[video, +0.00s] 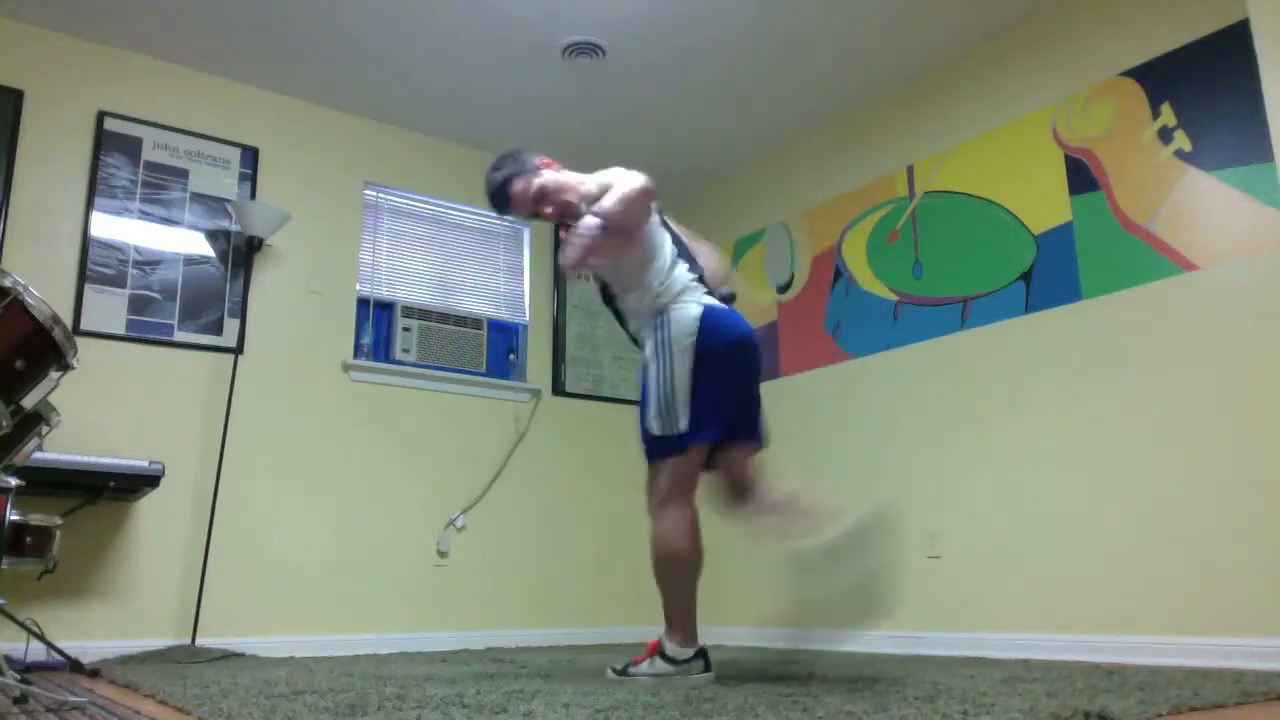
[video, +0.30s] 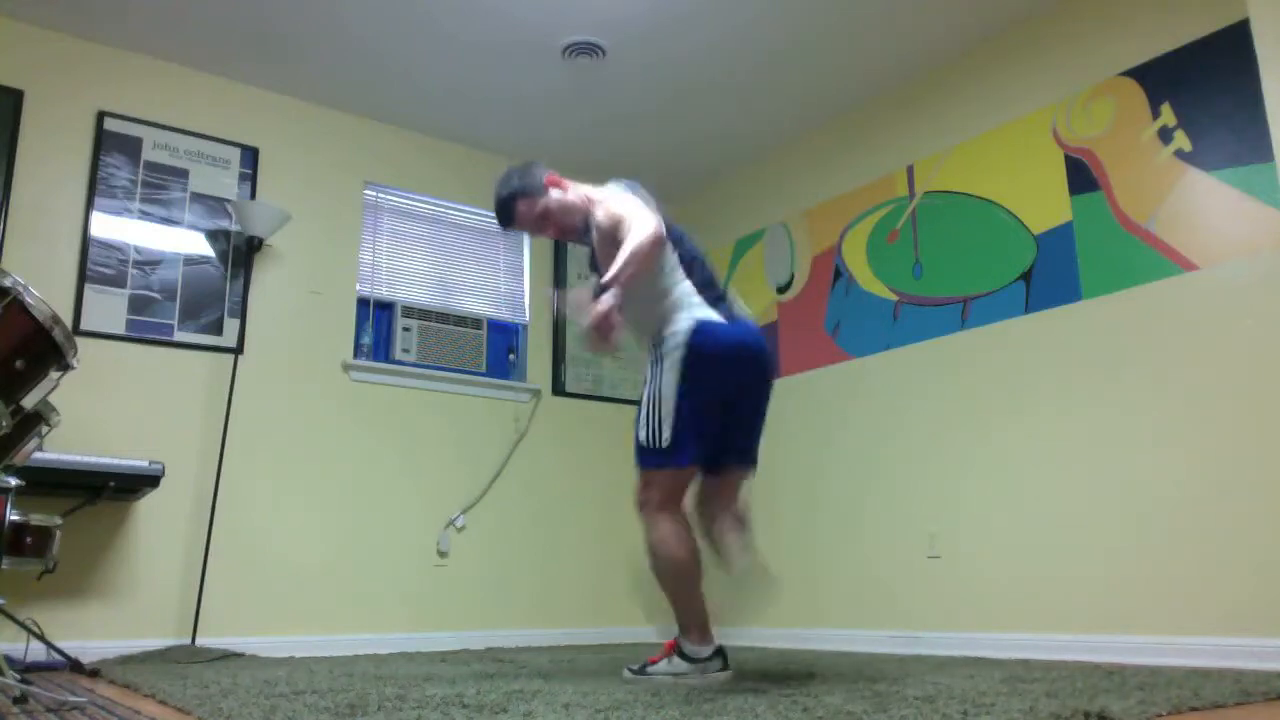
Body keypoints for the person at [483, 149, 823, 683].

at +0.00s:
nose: (547, 210)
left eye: (540, 196)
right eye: (535, 213)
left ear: (549, 164)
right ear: (531, 215)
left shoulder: (601, 183)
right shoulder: (608, 212)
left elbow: (639, 191)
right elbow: (705, 258)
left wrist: (593, 227)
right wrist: (723, 289)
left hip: (685, 335)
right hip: (723, 332)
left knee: (670, 498)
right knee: (740, 489)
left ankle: (680, 648)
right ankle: (840, 525)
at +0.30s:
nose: (549, 233)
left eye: (543, 218)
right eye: (538, 231)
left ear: (557, 185)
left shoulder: (607, 198)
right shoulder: (605, 233)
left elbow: (649, 232)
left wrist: (607, 292)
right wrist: (592, 310)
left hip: (695, 344)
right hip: (745, 345)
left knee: (659, 504)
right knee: (718, 506)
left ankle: (697, 648)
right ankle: (745, 564)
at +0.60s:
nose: (548, 201)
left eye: (542, 189)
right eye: (538, 200)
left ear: (556, 156)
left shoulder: (609, 178)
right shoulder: (608, 195)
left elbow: (667, 190)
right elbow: (630, 243)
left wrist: (681, 232)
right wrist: (585, 237)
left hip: (678, 317)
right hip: (723, 309)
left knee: (648, 477)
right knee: (728, 472)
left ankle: (685, 624)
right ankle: (759, 365)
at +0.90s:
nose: (560, 223)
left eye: (556, 209)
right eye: (548, 223)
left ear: (562, 176)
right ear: (541, 221)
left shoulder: (614, 201)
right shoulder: (617, 212)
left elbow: (682, 213)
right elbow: (689, 230)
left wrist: (632, 257)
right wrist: (730, 266)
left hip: (689, 340)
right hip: (717, 335)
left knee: (670, 498)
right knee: (769, 483)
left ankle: (697, 645)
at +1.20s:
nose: (567, 264)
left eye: (561, 251)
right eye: (556, 262)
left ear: (572, 217)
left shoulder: (638, 241)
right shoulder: (620, 249)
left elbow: (699, 270)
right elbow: (690, 244)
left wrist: (656, 334)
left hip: (723, 366)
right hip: (709, 371)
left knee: (673, 502)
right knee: (712, 516)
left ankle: (708, 646)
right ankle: (822, 601)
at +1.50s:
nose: (609, 209)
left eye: (607, 195)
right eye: (597, 206)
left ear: (618, 167)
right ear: (588, 205)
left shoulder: (674, 203)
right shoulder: (623, 226)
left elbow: (758, 223)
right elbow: (618, 273)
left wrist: (778, 273)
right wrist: (563, 280)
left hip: (719, 347)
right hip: (690, 353)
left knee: (679, 489)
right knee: (703, 489)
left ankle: (711, 632)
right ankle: (755, 426)